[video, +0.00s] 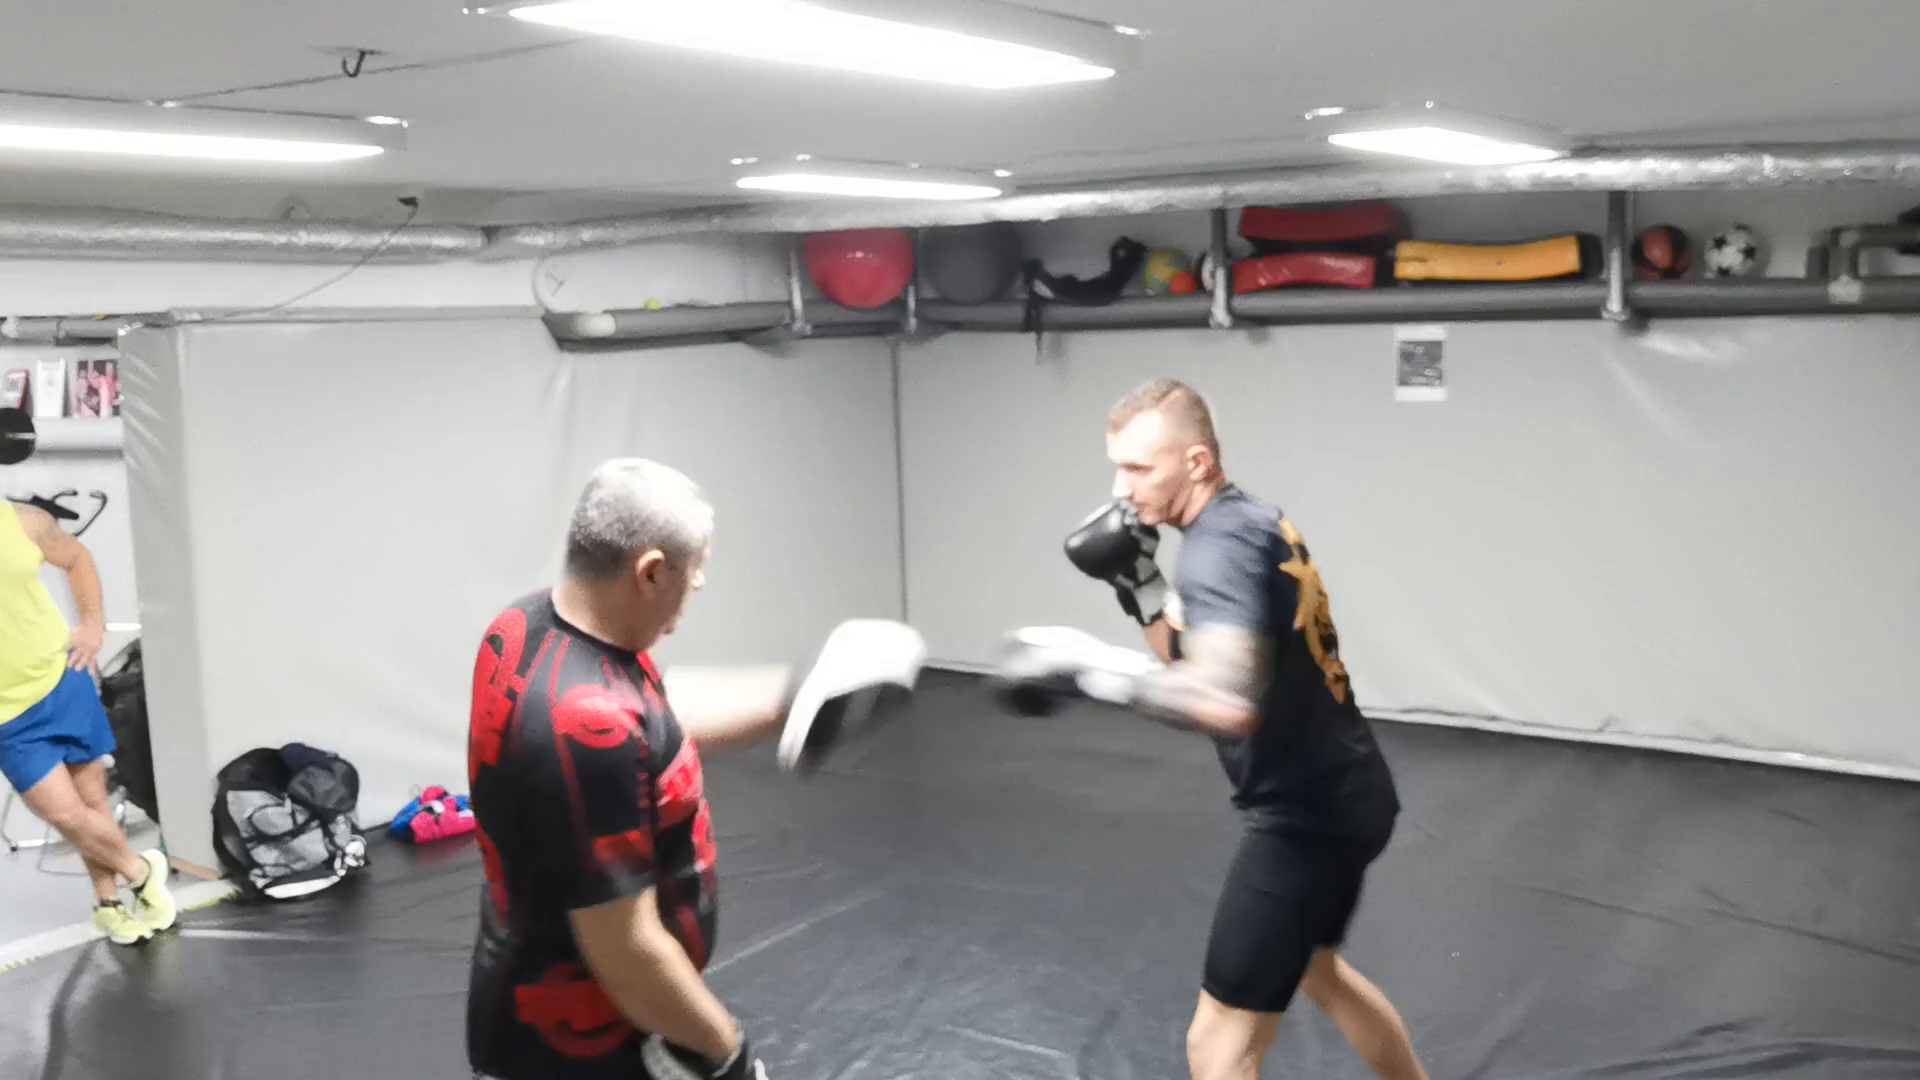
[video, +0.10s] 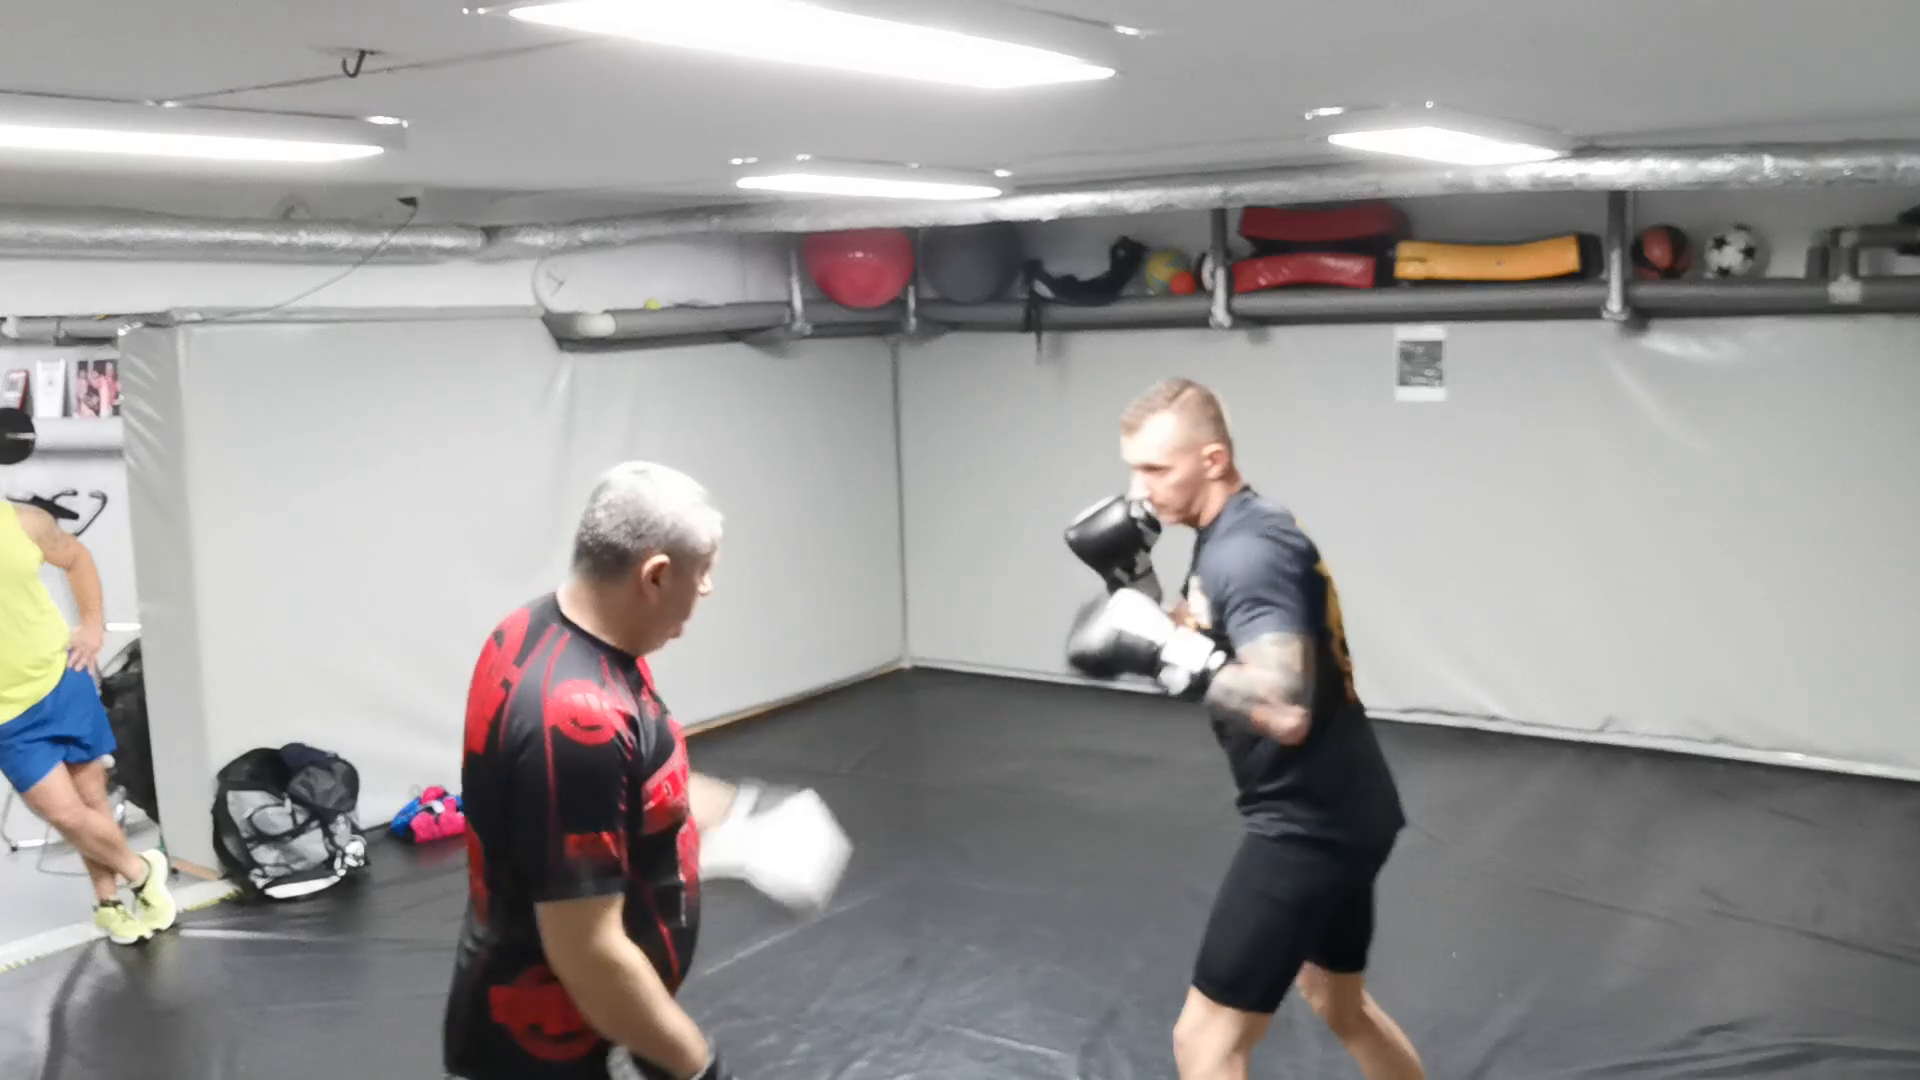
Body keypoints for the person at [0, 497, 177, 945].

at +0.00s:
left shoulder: (21, 522)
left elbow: (76, 557)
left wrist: (92, 622)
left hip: (62, 682)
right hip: (8, 715)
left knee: (92, 798)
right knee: (66, 817)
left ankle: (108, 902)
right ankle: (142, 872)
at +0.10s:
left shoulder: (21, 522)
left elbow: (77, 557)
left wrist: (92, 622)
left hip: (62, 682)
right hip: (8, 715)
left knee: (91, 798)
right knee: (65, 817)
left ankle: (108, 902)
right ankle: (141, 872)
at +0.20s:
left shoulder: (20, 522)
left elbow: (77, 557)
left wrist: (92, 622)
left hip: (62, 682)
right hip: (8, 714)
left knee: (91, 797)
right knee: (65, 816)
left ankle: (107, 901)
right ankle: (141, 872)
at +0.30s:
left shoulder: (20, 522)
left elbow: (77, 557)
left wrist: (92, 622)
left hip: (62, 682)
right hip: (8, 715)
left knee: (91, 798)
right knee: (66, 817)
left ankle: (107, 901)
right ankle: (141, 872)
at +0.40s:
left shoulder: (21, 523)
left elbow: (77, 557)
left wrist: (92, 623)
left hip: (62, 682)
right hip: (8, 714)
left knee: (91, 797)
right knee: (64, 816)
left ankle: (107, 901)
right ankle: (141, 872)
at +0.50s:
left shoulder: (21, 522)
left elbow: (77, 558)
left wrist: (92, 623)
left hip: (61, 681)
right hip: (7, 714)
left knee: (91, 796)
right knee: (64, 816)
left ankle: (107, 901)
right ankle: (141, 872)